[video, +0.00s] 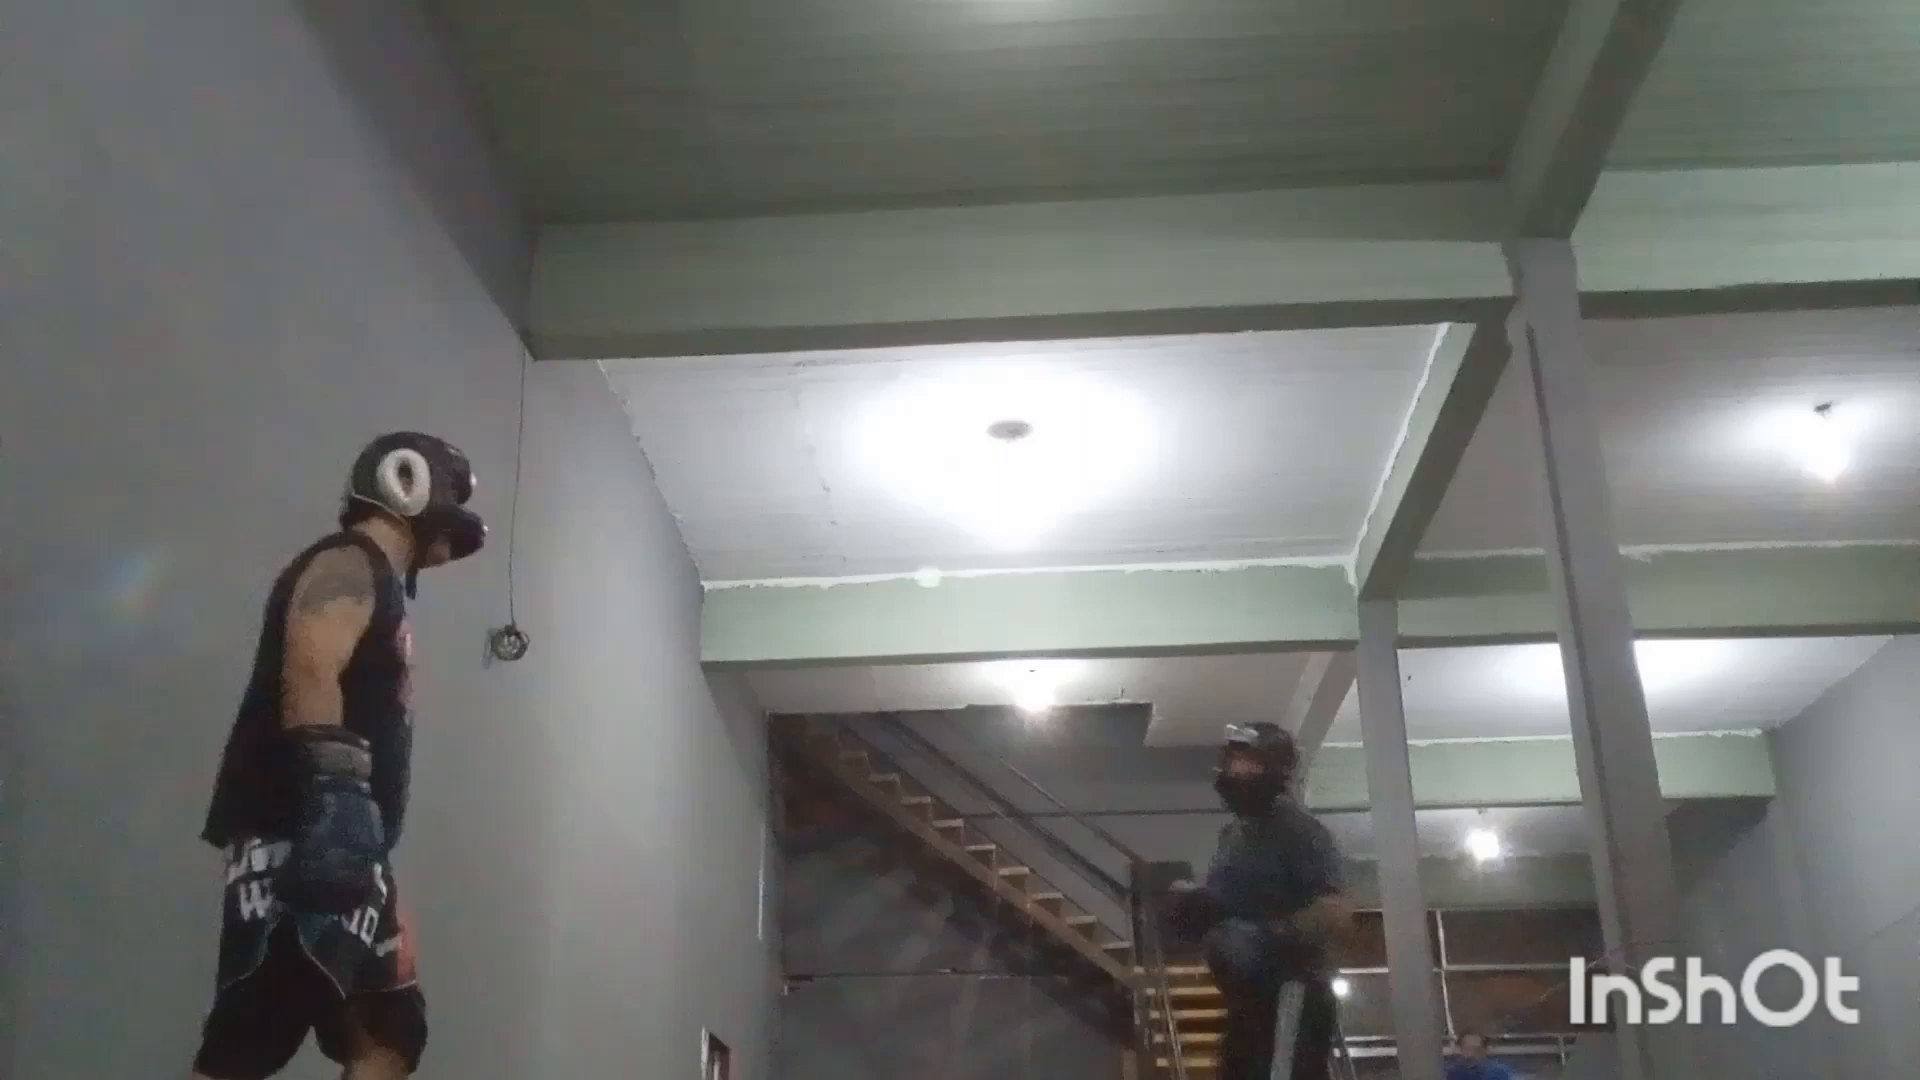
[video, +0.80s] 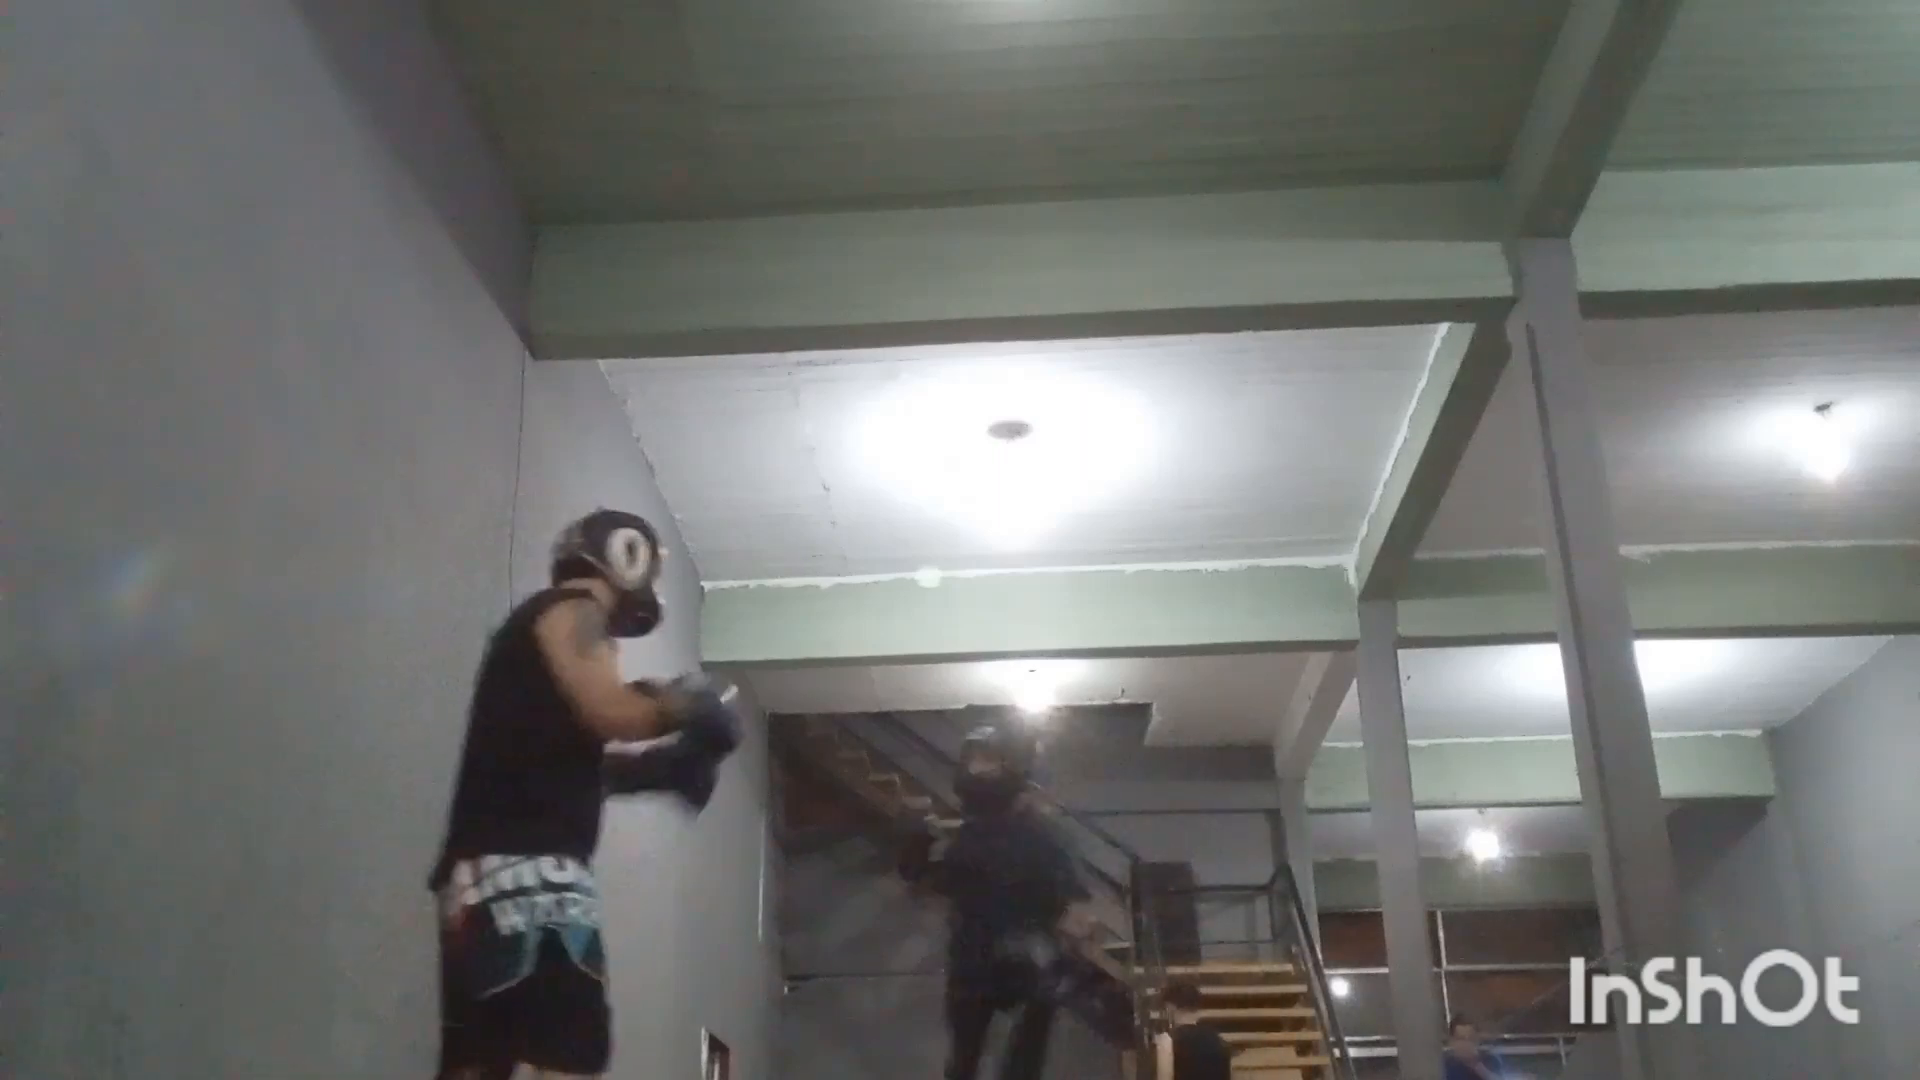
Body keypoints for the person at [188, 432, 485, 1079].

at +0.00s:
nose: (448, 543)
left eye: (455, 529)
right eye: (446, 520)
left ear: (395, 491)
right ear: (407, 487)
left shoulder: (370, 575)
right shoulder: (349, 564)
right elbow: (309, 671)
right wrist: (338, 791)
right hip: (302, 830)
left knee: (246, 1044)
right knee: (385, 1044)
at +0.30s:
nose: (493, 563)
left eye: (498, 547)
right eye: (492, 541)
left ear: (441, 513)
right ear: (462, 512)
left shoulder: (400, 588)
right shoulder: (407, 583)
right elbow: (365, 684)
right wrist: (413, 800)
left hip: (329, 853)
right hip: (349, 855)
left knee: (281, 1049)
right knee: (389, 1054)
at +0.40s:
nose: (523, 573)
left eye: (527, 557)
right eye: (522, 552)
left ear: (470, 530)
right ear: (493, 528)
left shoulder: (424, 598)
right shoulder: (445, 596)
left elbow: (397, 703)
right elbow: (398, 691)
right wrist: (456, 797)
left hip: (359, 852)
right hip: (386, 858)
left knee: (319, 1045)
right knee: (414, 1053)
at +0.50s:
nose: (558, 579)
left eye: (562, 563)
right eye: (556, 560)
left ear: (511, 539)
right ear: (527, 537)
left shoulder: (468, 607)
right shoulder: (480, 603)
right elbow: (439, 700)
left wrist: (506, 819)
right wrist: (513, 799)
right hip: (418, 876)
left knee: (392, 1054)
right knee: (432, 1055)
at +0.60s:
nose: (576, 597)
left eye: (583, 585)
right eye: (578, 578)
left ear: (518, 551)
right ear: (559, 548)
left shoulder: (484, 612)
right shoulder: (510, 604)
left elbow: (460, 768)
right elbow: (481, 707)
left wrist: (520, 872)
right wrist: (569, 768)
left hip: (431, 860)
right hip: (458, 863)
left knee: (437, 1051)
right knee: (453, 1053)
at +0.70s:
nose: (613, 592)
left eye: (616, 579)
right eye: (612, 573)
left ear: (548, 554)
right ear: (592, 554)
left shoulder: (506, 620)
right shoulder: (538, 609)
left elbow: (499, 777)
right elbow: (535, 713)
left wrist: (587, 824)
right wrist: (633, 739)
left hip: (457, 866)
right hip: (496, 868)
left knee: (453, 1056)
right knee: (510, 1052)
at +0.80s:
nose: (647, 590)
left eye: (647, 573)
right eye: (644, 569)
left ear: (577, 556)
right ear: (622, 553)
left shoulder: (533, 624)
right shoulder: (575, 610)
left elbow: (552, 765)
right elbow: (606, 711)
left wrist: (653, 769)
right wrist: (687, 704)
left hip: (480, 869)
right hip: (533, 869)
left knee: (479, 1055)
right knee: (564, 1053)